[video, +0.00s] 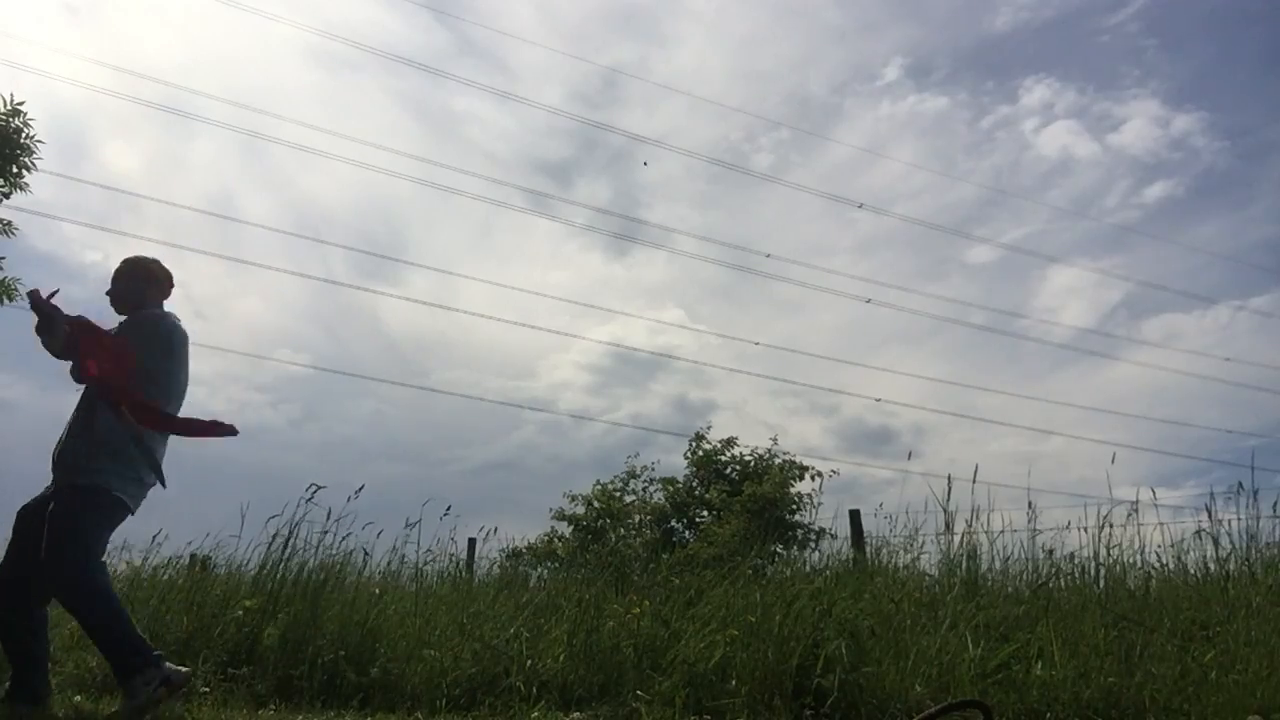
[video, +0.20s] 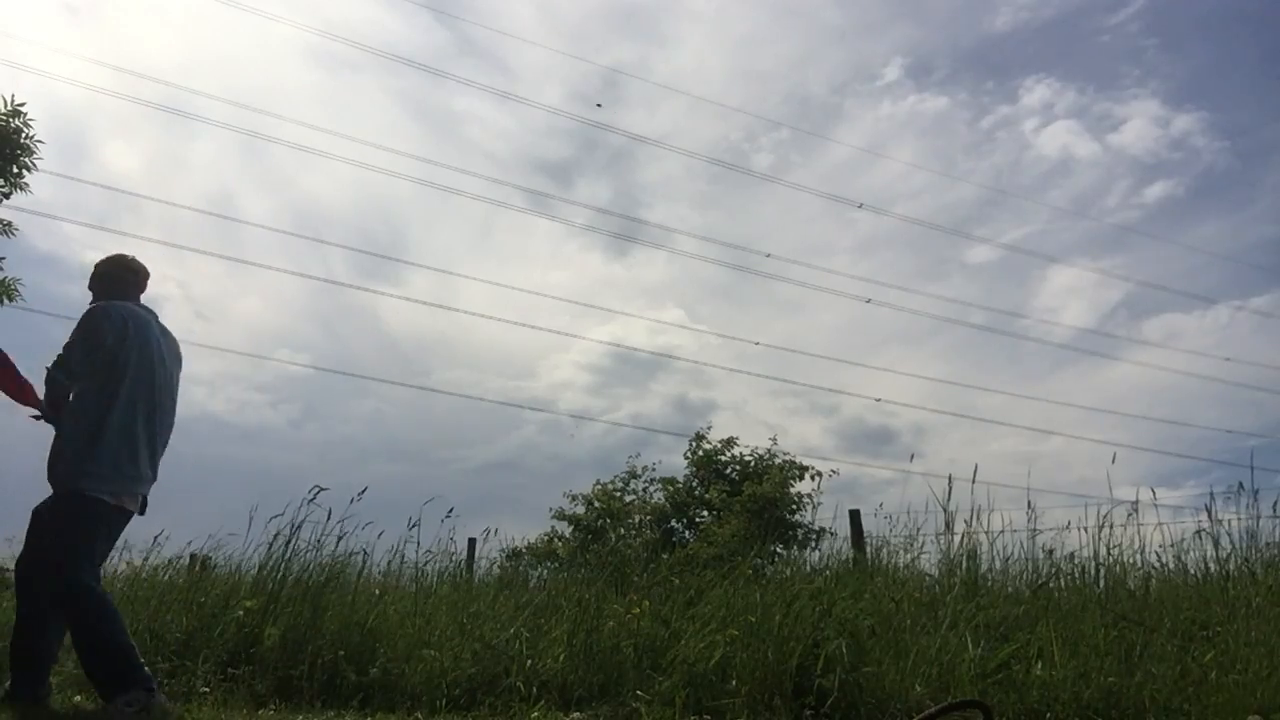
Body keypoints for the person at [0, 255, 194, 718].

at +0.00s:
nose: (110, 294)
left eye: (119, 285)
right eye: (111, 286)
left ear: (148, 286)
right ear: (150, 288)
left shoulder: (159, 328)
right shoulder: (135, 334)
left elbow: (98, 356)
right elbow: (73, 349)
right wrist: (50, 320)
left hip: (107, 478)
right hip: (83, 477)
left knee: (71, 566)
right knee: (19, 574)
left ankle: (145, 673)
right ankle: (28, 694)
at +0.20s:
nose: (92, 296)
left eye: (94, 288)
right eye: (92, 289)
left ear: (105, 284)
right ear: (139, 287)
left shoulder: (107, 315)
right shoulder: (167, 341)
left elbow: (58, 379)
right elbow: (146, 417)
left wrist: (58, 413)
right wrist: (73, 417)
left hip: (87, 480)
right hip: (128, 491)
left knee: (71, 578)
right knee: (36, 574)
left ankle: (133, 692)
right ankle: (27, 691)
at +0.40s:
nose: (62, 303)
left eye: (63, 296)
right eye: (63, 297)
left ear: (71, 291)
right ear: (111, 291)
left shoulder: (68, 318)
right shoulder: (159, 338)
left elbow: (52, 367)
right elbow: (183, 410)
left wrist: (5, 420)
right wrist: (194, 387)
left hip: (88, 481)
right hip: (137, 490)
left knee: (87, 578)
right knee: (59, 577)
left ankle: (138, 689)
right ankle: (30, 689)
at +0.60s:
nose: (33, 309)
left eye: (35, 296)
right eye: (30, 299)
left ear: (59, 287)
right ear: (79, 285)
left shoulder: (73, 321)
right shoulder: (132, 324)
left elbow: (87, 380)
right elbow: (192, 352)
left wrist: (24, 430)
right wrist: (184, 424)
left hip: (99, 480)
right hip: (138, 483)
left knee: (100, 579)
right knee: (50, 568)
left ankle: (137, 691)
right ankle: (31, 689)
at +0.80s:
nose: (36, 304)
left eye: (40, 292)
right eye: (33, 295)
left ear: (69, 282)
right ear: (62, 289)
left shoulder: (138, 321)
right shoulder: (58, 342)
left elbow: (178, 377)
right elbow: (46, 389)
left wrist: (122, 417)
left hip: (125, 477)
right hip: (71, 477)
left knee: (112, 572)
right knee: (26, 573)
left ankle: (135, 690)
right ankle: (27, 691)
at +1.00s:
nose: (57, 300)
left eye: (63, 289)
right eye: (55, 292)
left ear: (95, 284)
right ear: (68, 294)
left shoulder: (153, 329)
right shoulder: (66, 343)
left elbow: (195, 389)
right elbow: (12, 363)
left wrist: (139, 429)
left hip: (126, 482)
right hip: (73, 479)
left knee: (100, 577)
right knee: (20, 579)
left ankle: (136, 691)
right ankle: (27, 696)